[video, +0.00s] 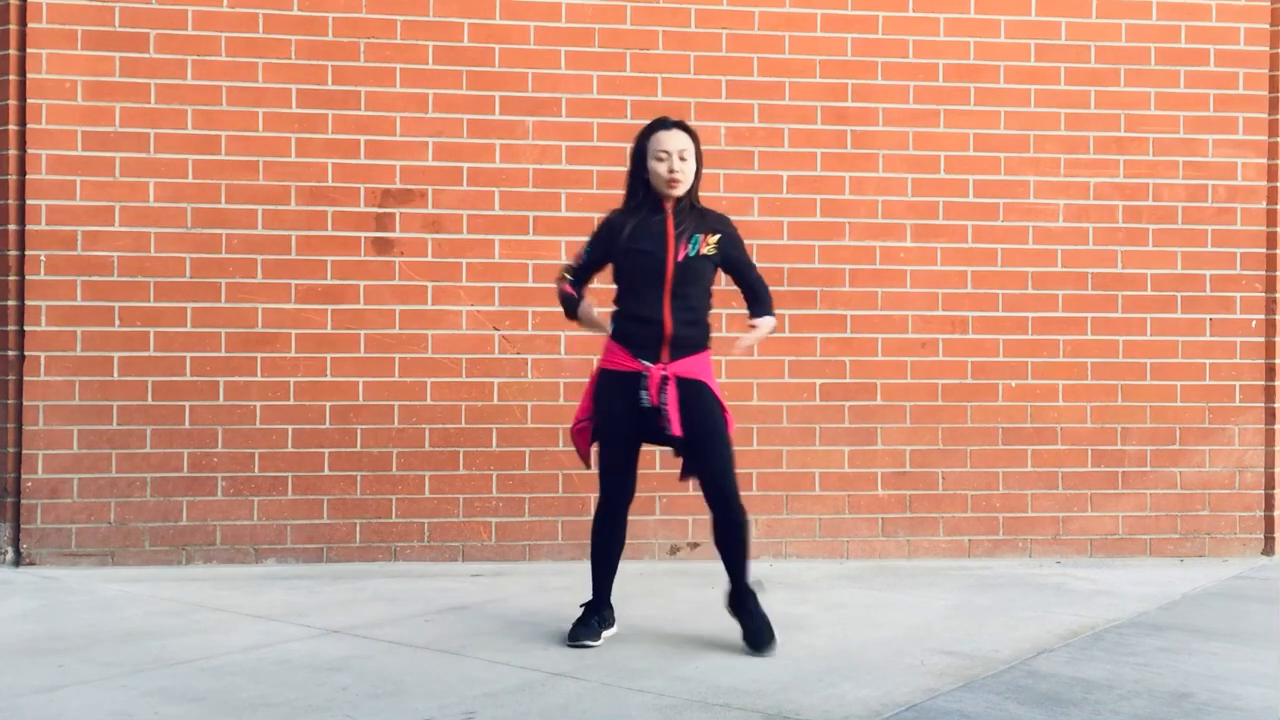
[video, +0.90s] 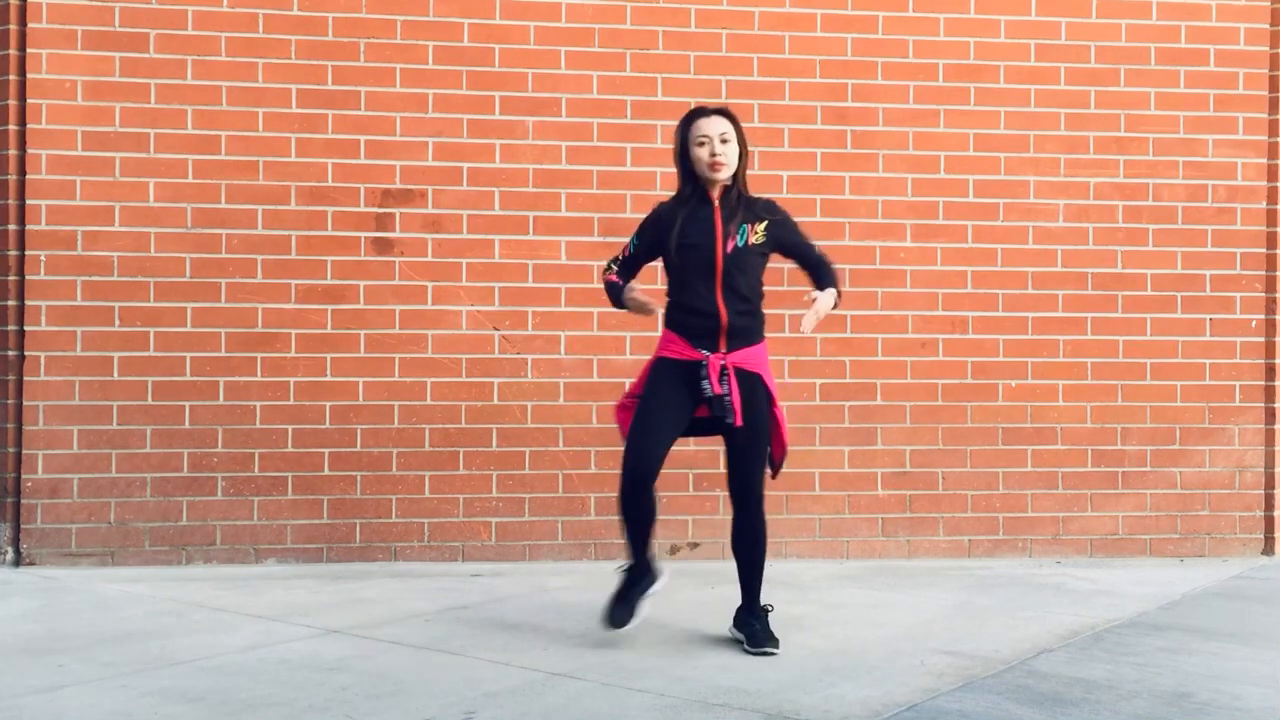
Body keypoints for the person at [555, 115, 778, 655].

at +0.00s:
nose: (673, 166)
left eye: (683, 157)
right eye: (662, 156)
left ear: (696, 165)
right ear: (644, 165)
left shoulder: (714, 227)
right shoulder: (622, 224)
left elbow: (753, 285)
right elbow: (569, 282)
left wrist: (763, 320)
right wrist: (587, 317)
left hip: (690, 373)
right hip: (624, 370)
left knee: (723, 491)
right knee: (615, 493)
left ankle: (741, 594)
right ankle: (599, 604)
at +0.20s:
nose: (707, 180)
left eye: (715, 170)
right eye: (695, 171)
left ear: (724, 173)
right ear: (674, 176)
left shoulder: (745, 226)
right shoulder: (655, 236)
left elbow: (812, 269)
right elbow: (598, 302)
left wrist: (810, 299)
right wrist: (639, 305)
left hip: (745, 378)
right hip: (680, 378)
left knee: (759, 500)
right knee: (661, 485)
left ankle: (749, 612)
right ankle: (624, 579)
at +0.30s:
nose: (717, 183)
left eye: (724, 172)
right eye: (704, 173)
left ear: (734, 172)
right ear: (683, 177)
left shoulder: (754, 225)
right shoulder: (662, 241)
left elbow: (810, 282)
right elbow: (632, 313)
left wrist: (793, 311)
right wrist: (683, 293)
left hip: (758, 375)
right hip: (695, 375)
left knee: (766, 500)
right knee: (686, 467)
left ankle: (749, 611)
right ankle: (694, 568)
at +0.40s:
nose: (723, 179)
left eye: (730, 168)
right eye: (711, 170)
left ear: (741, 169)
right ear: (689, 173)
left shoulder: (761, 221)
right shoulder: (668, 237)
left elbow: (780, 292)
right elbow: (691, 302)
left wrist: (760, 335)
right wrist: (751, 293)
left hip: (765, 367)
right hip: (705, 368)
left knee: (763, 492)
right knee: (715, 464)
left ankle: (751, 618)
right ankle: (766, 587)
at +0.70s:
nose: (727, 173)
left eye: (736, 162)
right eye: (714, 164)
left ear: (750, 168)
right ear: (697, 174)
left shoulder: (774, 229)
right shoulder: (680, 237)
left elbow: (824, 285)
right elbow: (649, 302)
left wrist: (802, 321)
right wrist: (698, 293)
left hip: (766, 376)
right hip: (704, 377)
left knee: (778, 494)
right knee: (702, 477)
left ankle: (749, 613)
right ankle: (759, 592)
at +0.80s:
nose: (721, 159)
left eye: (730, 149)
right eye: (708, 151)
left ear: (746, 157)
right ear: (693, 163)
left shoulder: (772, 221)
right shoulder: (677, 226)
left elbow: (840, 269)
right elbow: (614, 284)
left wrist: (826, 299)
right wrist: (650, 293)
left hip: (758, 372)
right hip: (694, 369)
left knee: (767, 498)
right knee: (662, 449)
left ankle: (751, 611)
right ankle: (692, 558)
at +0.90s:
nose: (714, 150)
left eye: (724, 140)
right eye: (702, 142)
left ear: (740, 149)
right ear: (686, 154)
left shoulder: (764, 214)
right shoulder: (671, 215)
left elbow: (820, 268)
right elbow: (613, 274)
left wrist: (826, 295)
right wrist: (625, 296)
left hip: (744, 366)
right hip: (678, 361)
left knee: (748, 492)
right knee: (636, 467)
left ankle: (751, 610)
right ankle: (640, 566)